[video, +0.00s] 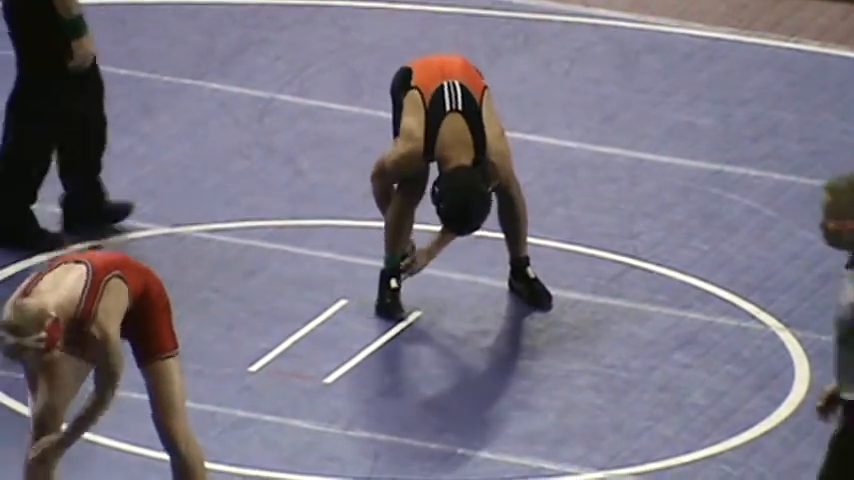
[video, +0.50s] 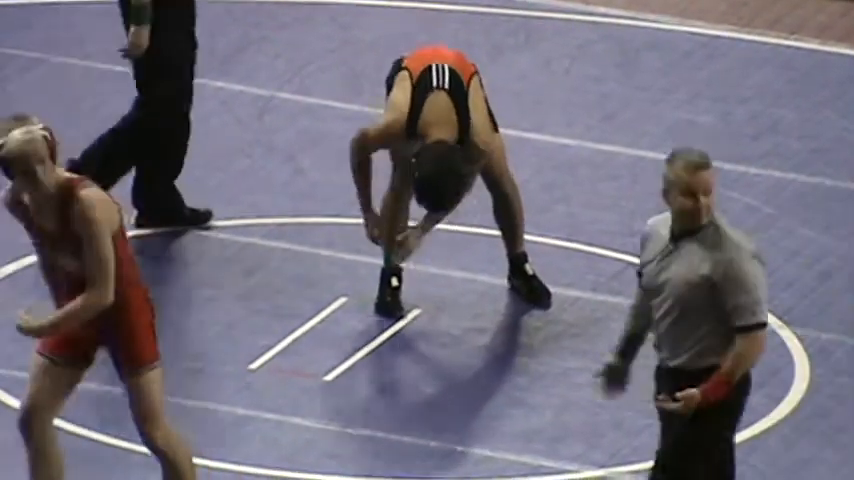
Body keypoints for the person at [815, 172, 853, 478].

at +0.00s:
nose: (824, 224)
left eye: (832, 216)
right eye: (825, 214)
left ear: (850, 222)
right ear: (840, 220)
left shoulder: (848, 281)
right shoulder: (846, 277)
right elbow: (848, 347)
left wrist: (842, 391)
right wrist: (841, 390)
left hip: (850, 415)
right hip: (847, 413)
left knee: (833, 472)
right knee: (832, 471)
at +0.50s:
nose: (701, 205)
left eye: (707, 194)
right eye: (689, 195)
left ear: (715, 191)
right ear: (666, 194)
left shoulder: (734, 255)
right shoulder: (656, 233)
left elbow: (753, 341)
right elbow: (646, 301)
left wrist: (704, 394)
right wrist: (622, 359)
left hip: (714, 384)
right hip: (670, 378)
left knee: (671, 471)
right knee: (705, 470)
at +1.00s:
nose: (598, 197)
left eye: (604, 187)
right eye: (587, 187)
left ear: (611, 187)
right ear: (561, 186)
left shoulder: (627, 249)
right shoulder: (533, 230)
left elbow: (654, 329)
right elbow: (521, 297)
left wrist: (642, 409)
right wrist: (500, 363)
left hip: (601, 381)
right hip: (542, 375)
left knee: (594, 472)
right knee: (518, 471)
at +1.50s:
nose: (522, 191)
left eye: (525, 182)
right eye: (509, 183)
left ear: (532, 180)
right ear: (479, 181)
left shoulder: (546, 239)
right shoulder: (444, 227)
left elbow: (575, 318)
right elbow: (421, 290)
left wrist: (560, 396)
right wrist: (396, 358)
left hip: (520, 369)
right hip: (460, 364)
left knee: (496, 468)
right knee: (459, 465)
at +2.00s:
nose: (466, 216)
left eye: (472, 206)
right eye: (455, 207)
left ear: (479, 202)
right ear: (430, 202)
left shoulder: (497, 261)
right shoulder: (398, 248)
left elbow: (528, 339)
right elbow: (379, 316)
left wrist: (530, 421)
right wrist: (361, 384)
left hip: (474, 397)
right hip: (411, 391)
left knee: (466, 472)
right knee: (397, 472)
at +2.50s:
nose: (330, 247)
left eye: (339, 239)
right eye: (324, 237)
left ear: (366, 230)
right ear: (317, 229)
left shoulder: (399, 283)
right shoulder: (310, 269)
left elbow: (429, 366)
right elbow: (299, 335)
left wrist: (420, 447)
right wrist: (284, 403)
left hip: (380, 415)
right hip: (320, 408)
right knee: (293, 472)